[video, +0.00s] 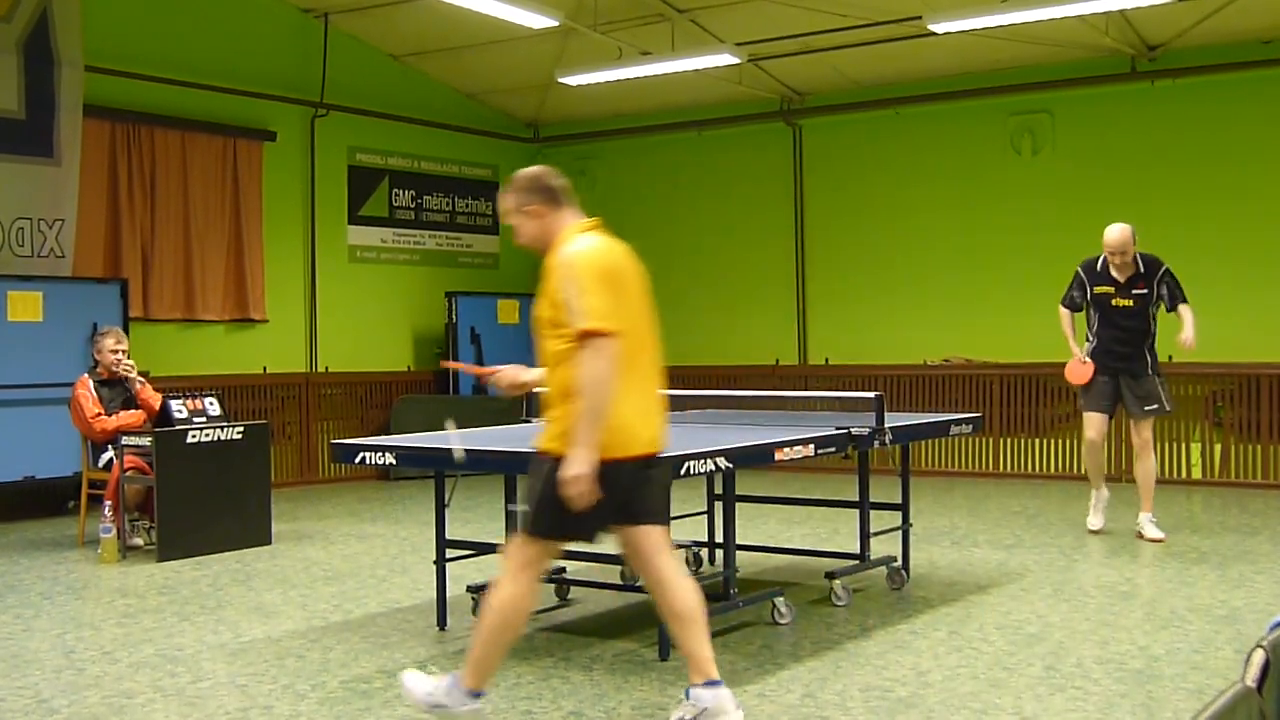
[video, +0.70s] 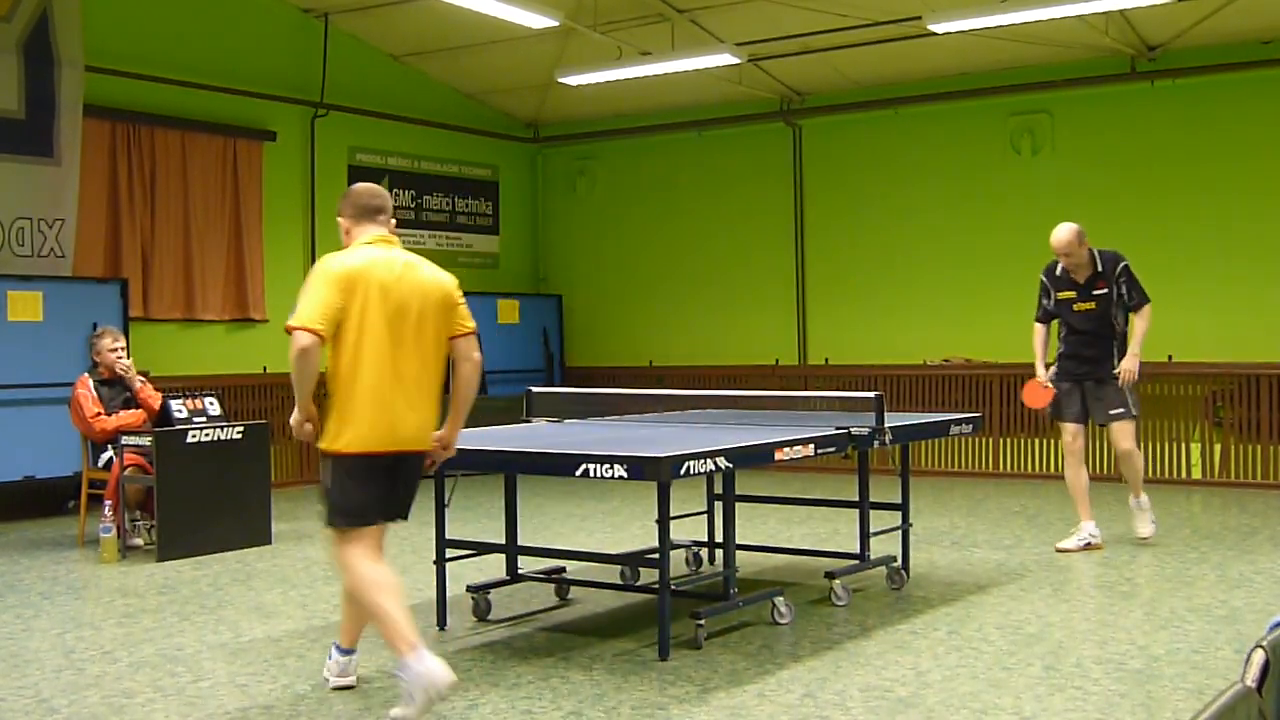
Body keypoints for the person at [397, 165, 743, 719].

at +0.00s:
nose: (514, 235)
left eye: (513, 221)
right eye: (510, 223)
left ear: (538, 209)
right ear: (552, 207)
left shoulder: (576, 255)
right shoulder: (611, 251)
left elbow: (600, 351)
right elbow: (613, 360)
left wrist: (584, 449)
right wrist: (533, 377)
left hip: (580, 449)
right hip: (634, 446)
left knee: (521, 566)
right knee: (658, 562)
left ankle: (466, 686)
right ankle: (709, 687)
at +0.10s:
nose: (479, 241)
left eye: (478, 228)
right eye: (475, 230)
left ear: (502, 216)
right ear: (522, 211)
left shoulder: (538, 262)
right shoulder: (575, 256)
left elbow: (554, 359)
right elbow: (570, 362)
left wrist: (539, 456)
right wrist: (500, 398)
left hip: (540, 449)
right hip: (593, 447)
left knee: (481, 556)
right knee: (616, 555)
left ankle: (451, 693)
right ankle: (696, 677)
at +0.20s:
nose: (429, 238)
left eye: (427, 226)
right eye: (426, 227)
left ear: (444, 215)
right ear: (477, 207)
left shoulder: (481, 261)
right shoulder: (529, 256)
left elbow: (482, 357)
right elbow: (539, 355)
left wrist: (454, 440)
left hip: (489, 444)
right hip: (540, 443)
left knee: (442, 556)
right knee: (528, 554)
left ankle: (446, 693)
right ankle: (621, 641)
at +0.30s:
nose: (407, 236)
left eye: (404, 225)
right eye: (402, 226)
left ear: (420, 211)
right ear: (454, 204)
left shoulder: (447, 255)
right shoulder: (514, 255)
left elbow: (434, 348)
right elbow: (521, 345)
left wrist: (397, 420)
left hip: (461, 435)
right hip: (513, 432)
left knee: (433, 554)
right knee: (487, 540)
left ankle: (445, 692)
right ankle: (556, 637)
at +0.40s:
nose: (378, 225)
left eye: (376, 217)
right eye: (376, 218)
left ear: (387, 206)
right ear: (429, 200)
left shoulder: (403, 249)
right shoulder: (494, 256)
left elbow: (371, 338)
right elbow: (517, 344)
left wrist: (359, 385)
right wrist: (492, 401)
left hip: (429, 427)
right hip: (482, 425)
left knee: (426, 557)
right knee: (445, 539)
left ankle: (445, 691)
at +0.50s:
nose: (361, 225)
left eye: (360, 217)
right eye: (361, 217)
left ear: (371, 210)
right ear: (416, 205)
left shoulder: (377, 253)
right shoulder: (475, 261)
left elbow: (345, 337)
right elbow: (504, 347)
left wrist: (333, 385)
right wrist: (480, 409)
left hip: (409, 424)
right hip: (464, 424)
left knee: (423, 554)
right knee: (417, 543)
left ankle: (445, 690)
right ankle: (395, 658)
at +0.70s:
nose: (338, 233)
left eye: (338, 226)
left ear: (344, 224)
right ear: (393, 223)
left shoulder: (335, 268)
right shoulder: (438, 278)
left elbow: (305, 342)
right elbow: (470, 356)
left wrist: (302, 407)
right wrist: (452, 428)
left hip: (355, 434)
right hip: (411, 434)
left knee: (356, 549)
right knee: (368, 545)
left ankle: (418, 661)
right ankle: (343, 656)